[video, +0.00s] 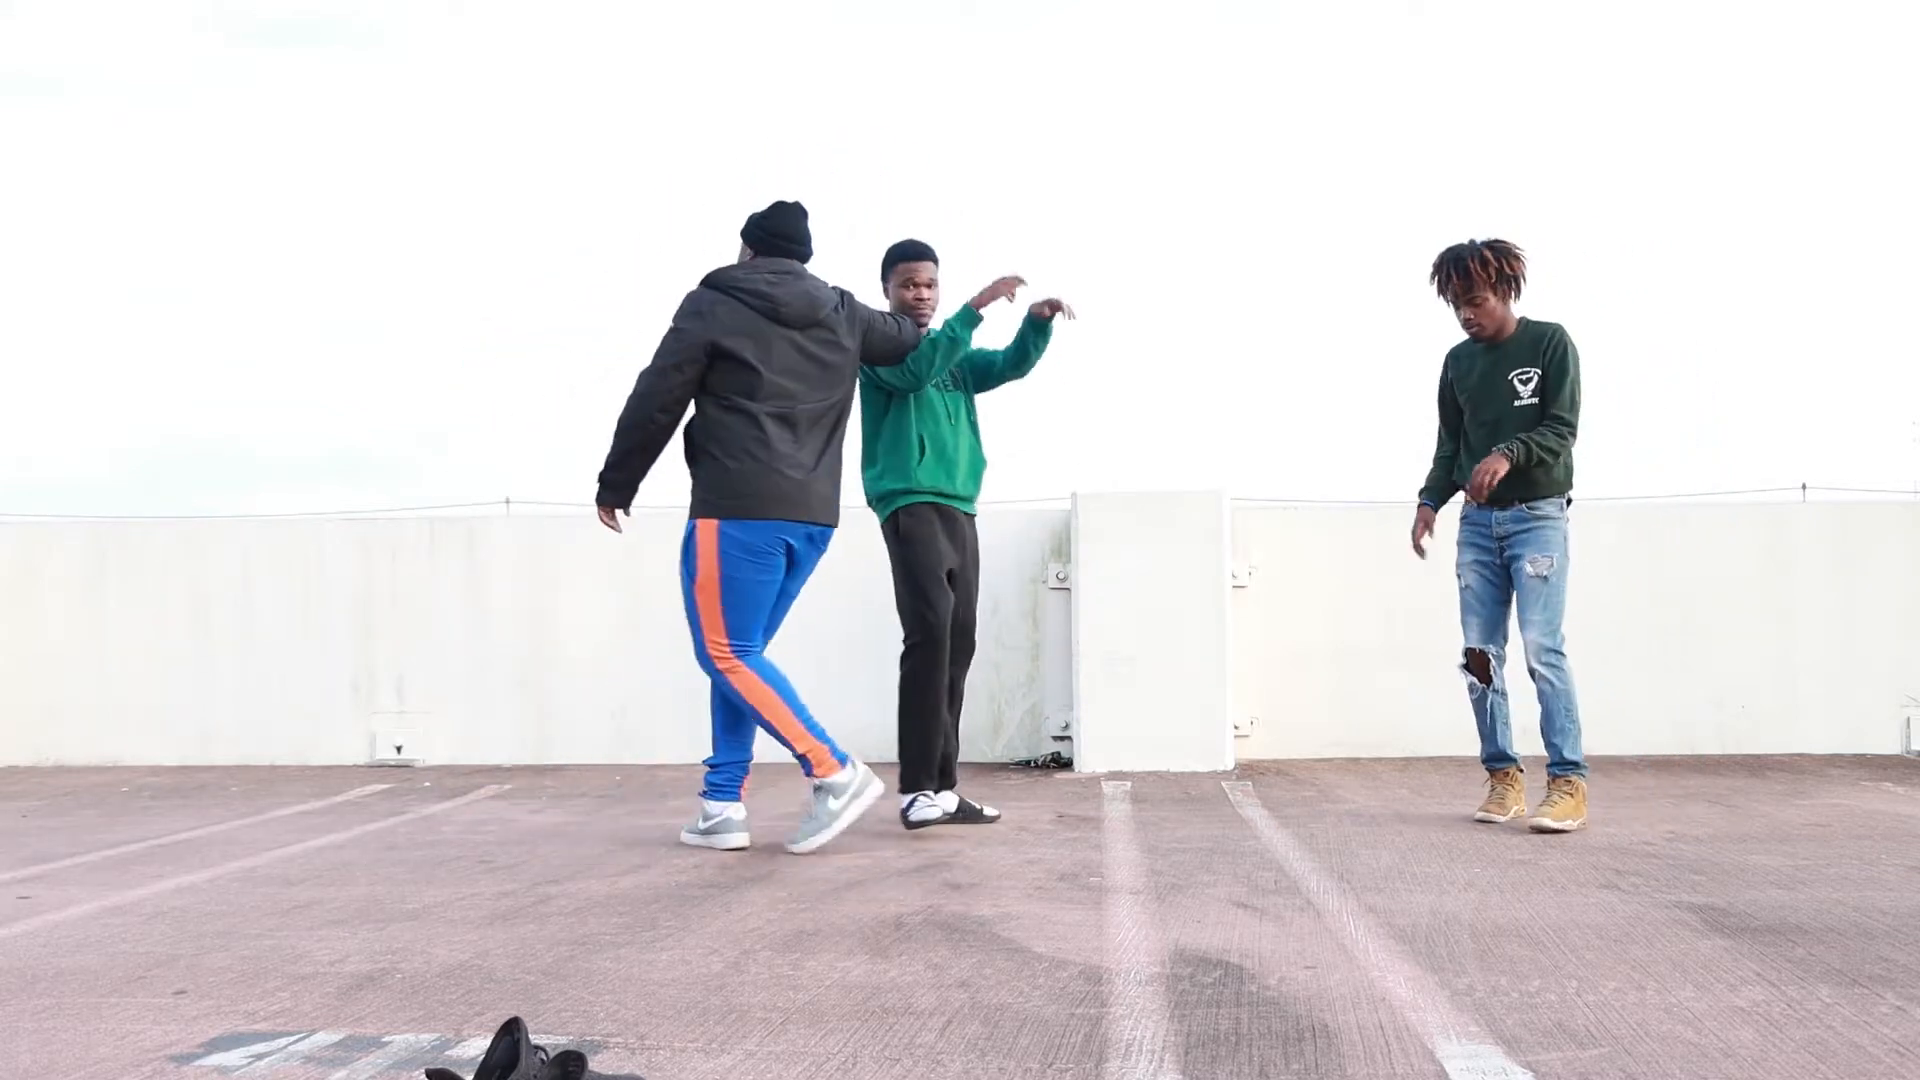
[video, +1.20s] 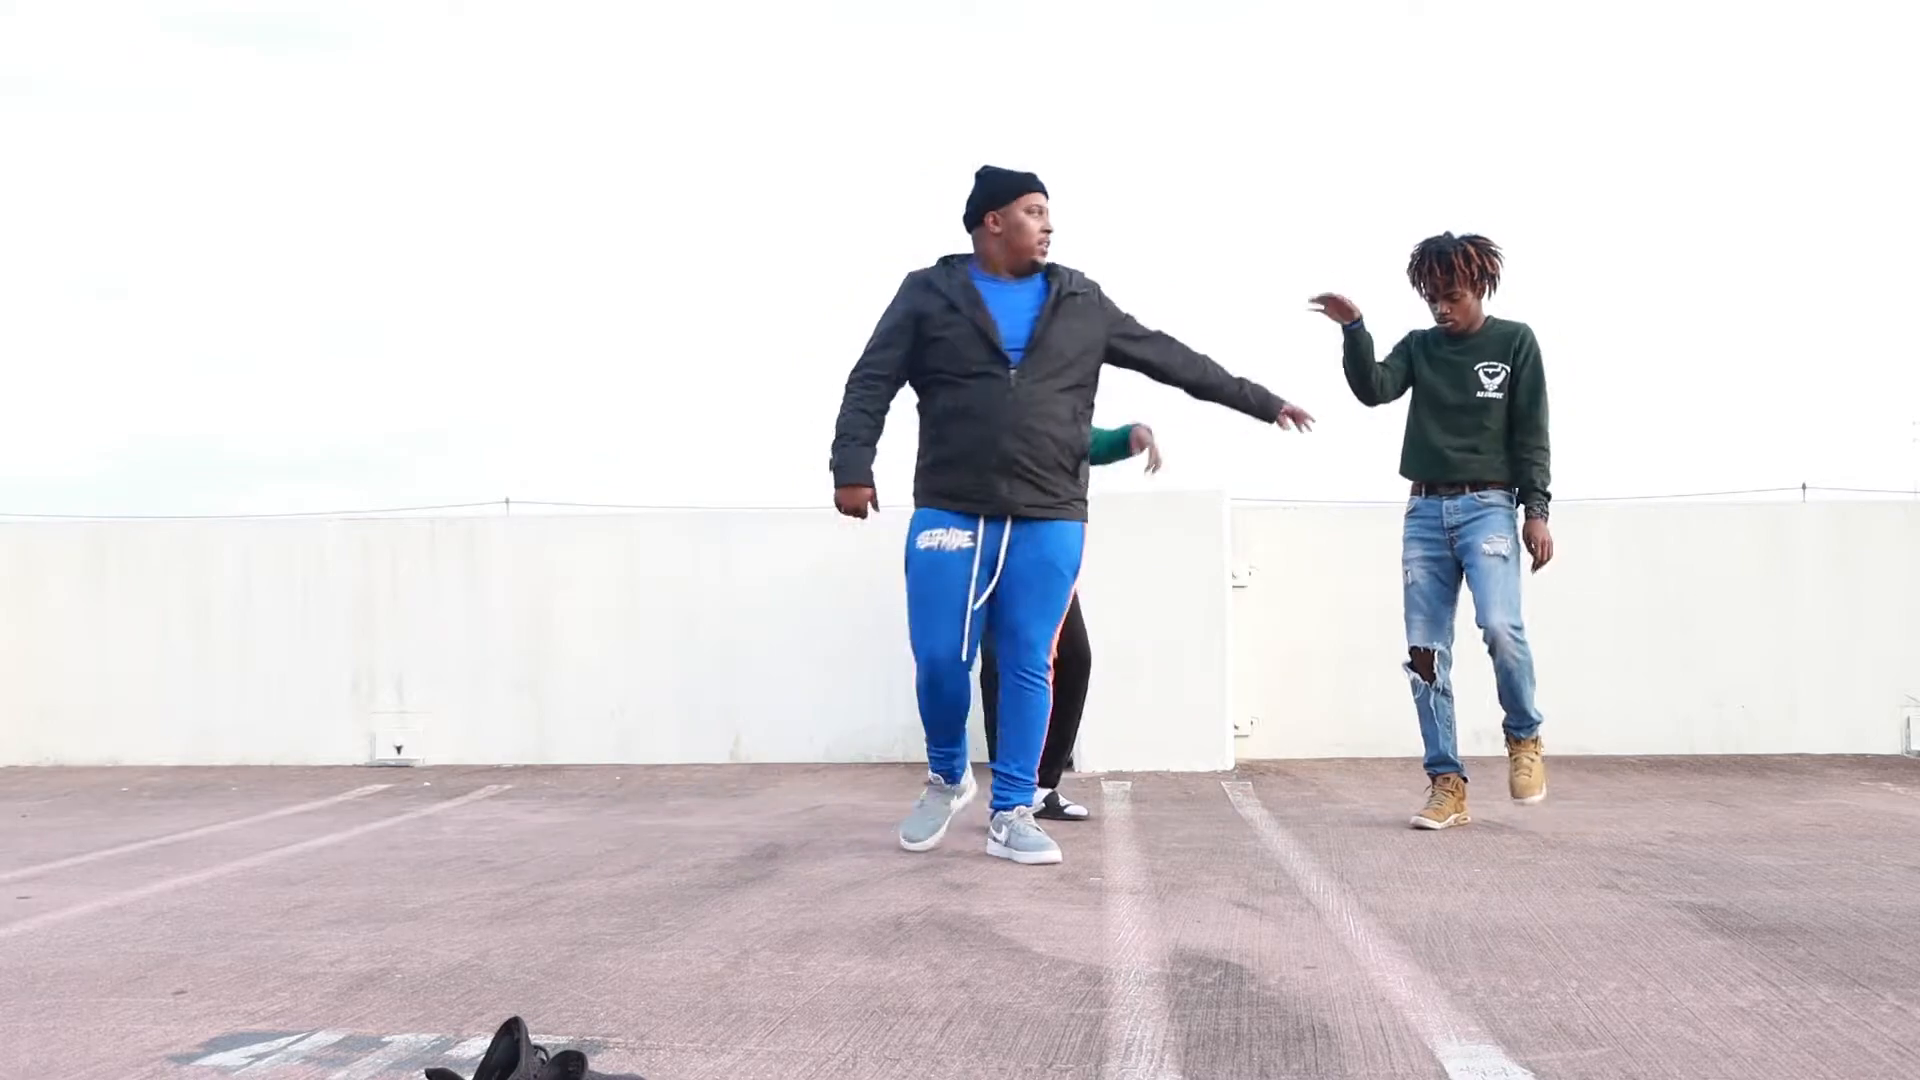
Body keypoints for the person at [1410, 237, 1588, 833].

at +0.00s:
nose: (1465, 316)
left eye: (1474, 303)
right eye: (1457, 306)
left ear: (1507, 291)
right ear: (1452, 303)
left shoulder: (1550, 341)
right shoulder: (1458, 361)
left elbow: (1560, 428)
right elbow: (1451, 442)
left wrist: (1509, 454)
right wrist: (1429, 501)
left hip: (1538, 518)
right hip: (1478, 523)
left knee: (1542, 650)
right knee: (1480, 655)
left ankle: (1567, 784)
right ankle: (1502, 778)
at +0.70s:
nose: (1470, 307)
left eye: (1479, 294)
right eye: (1462, 296)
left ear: (1514, 285)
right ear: (1458, 293)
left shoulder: (1551, 324)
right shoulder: (1468, 354)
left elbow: (1546, 403)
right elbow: (1456, 444)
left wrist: (1486, 396)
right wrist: (1407, 429)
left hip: (1551, 512)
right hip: (1489, 514)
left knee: (1560, 657)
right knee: (1460, 649)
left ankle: (1571, 788)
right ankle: (1454, 783)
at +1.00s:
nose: (1448, 307)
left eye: (1458, 295)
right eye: (1440, 296)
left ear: (1488, 285)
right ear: (1433, 291)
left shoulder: (1523, 333)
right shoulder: (1427, 347)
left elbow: (1538, 416)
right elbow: (1395, 417)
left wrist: (1512, 447)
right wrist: (1359, 369)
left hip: (1504, 509)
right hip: (1441, 513)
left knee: (1518, 640)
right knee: (1436, 650)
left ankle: (1551, 767)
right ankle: (1447, 784)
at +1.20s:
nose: (1441, 311)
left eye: (1451, 298)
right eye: (1433, 300)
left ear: (1481, 287)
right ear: (1426, 295)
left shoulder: (1515, 341)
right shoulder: (1419, 345)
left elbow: (1531, 432)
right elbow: (1372, 389)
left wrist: (1536, 511)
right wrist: (1354, 327)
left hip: (1488, 507)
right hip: (1424, 511)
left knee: (1499, 626)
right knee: (1424, 652)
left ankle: (1522, 738)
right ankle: (1446, 784)